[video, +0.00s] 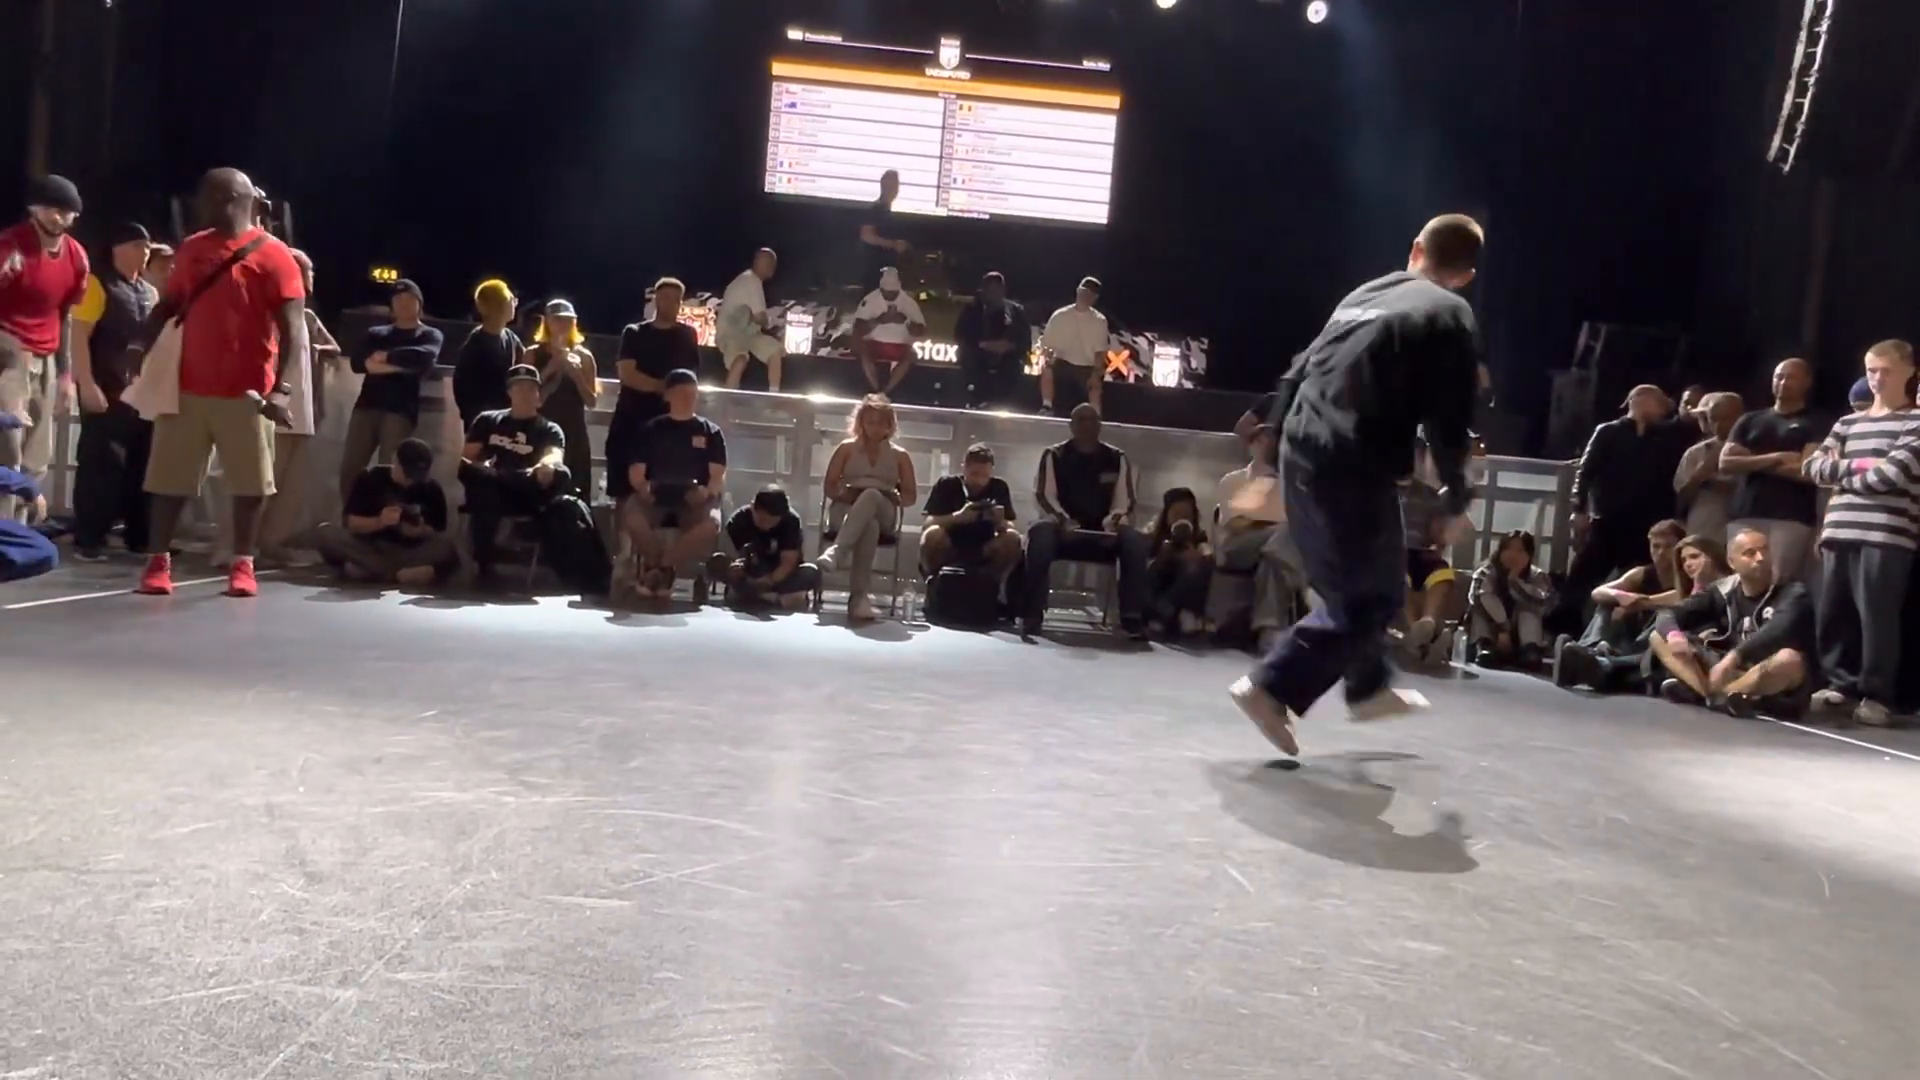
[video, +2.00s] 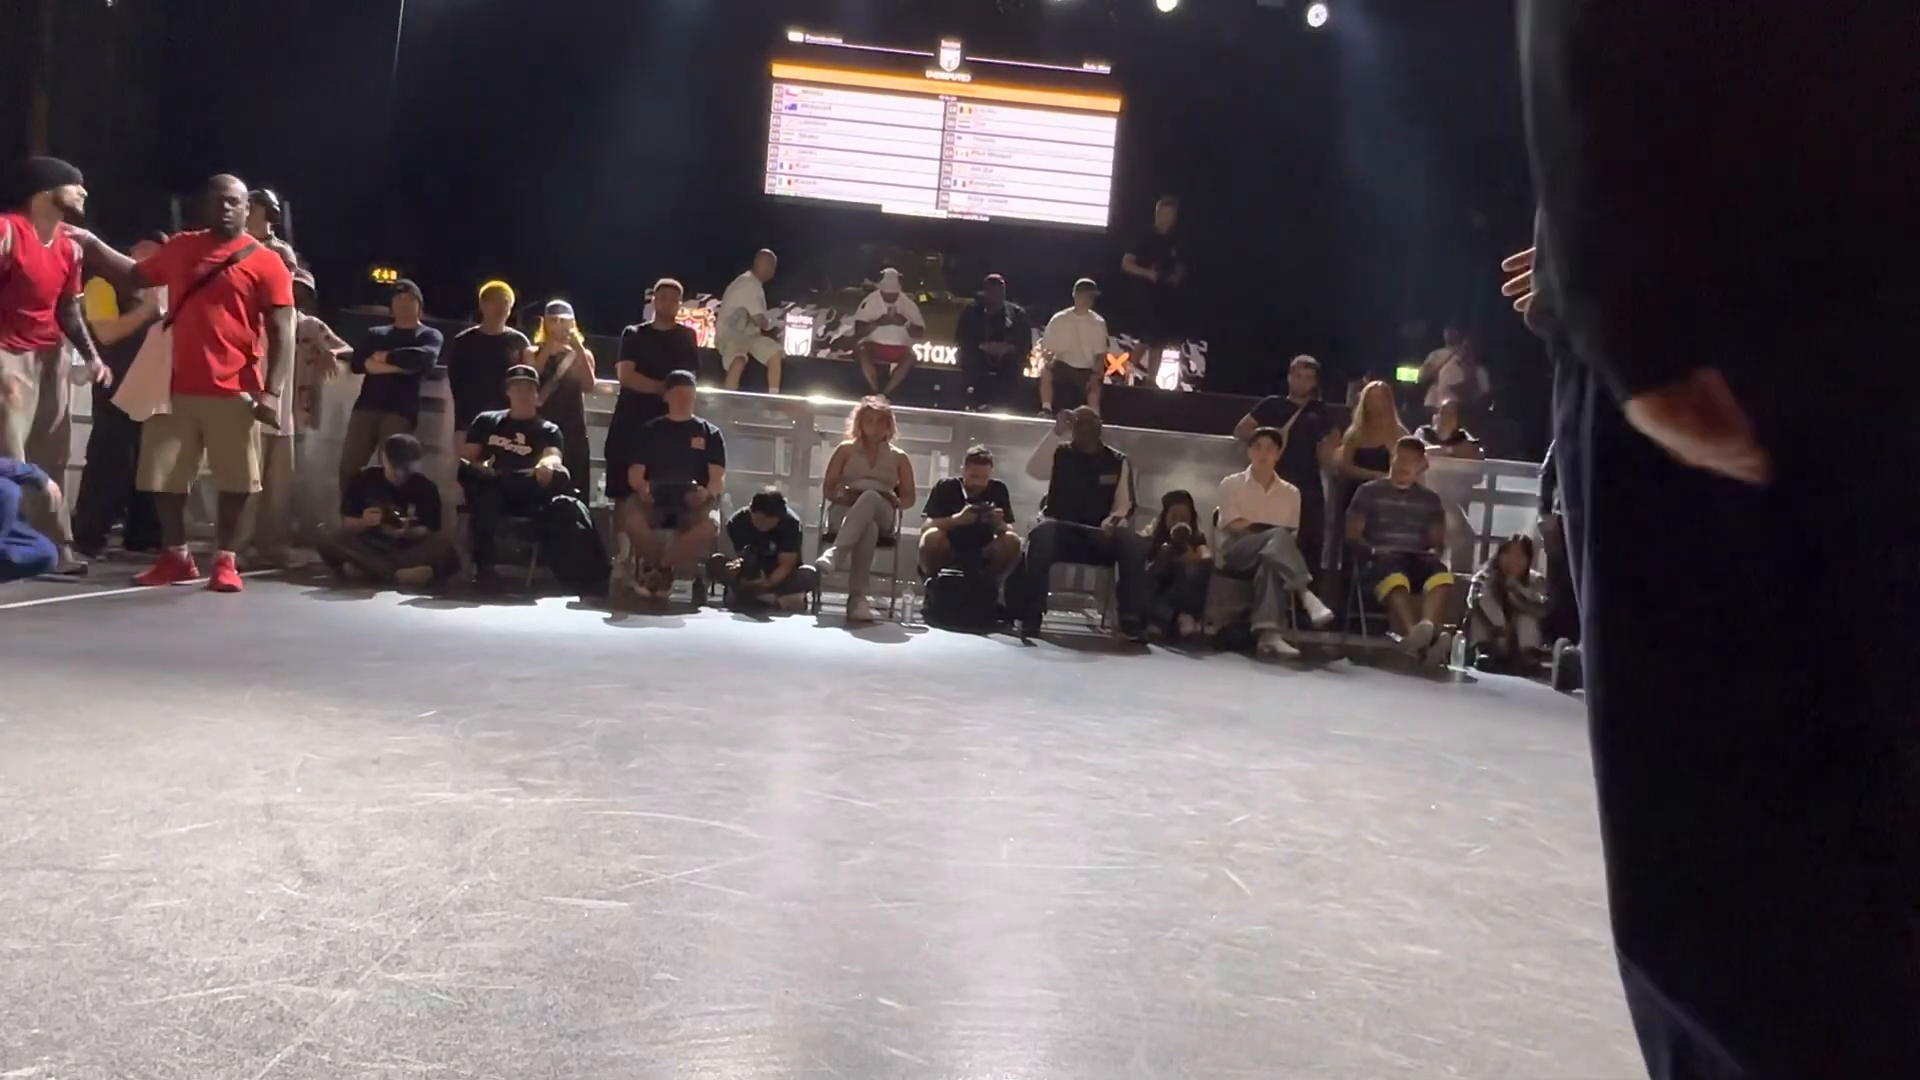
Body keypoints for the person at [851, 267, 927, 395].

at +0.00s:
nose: (890, 295)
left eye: (893, 292)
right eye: (886, 291)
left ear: (899, 288)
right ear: (880, 288)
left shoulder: (908, 302)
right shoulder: (870, 300)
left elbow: (920, 331)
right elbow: (858, 329)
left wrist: (905, 321)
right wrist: (880, 320)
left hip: (900, 346)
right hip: (874, 344)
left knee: (910, 356)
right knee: (864, 354)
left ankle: (886, 391)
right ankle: (877, 391)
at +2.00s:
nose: (890, 297)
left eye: (894, 294)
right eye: (887, 294)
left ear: (899, 291)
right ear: (881, 290)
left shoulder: (908, 303)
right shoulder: (870, 301)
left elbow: (918, 333)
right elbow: (858, 331)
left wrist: (904, 322)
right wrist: (878, 322)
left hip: (900, 347)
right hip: (873, 345)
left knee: (910, 358)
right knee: (863, 354)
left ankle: (885, 393)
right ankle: (875, 392)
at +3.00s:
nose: (876, 305)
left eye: (880, 301)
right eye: (873, 301)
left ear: (885, 298)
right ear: (867, 298)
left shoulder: (894, 310)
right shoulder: (856, 309)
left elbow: (905, 340)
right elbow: (845, 339)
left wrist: (891, 330)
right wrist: (866, 330)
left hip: (887, 354)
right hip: (860, 352)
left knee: (897, 365)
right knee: (851, 362)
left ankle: (874, 401)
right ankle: (863, 398)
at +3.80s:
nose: (859, 303)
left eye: (862, 300)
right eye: (855, 300)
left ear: (867, 296)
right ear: (849, 296)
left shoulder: (876, 307)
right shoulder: (840, 307)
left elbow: (890, 337)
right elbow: (828, 339)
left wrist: (875, 327)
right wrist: (849, 328)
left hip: (871, 353)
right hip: (845, 351)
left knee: (882, 364)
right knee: (833, 357)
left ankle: (858, 400)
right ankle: (849, 398)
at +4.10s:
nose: (861, 313)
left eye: (865, 310)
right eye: (857, 310)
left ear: (870, 307)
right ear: (851, 306)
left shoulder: (879, 319)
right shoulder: (841, 318)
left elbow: (891, 347)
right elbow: (831, 349)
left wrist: (876, 338)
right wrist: (850, 338)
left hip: (873, 363)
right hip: (847, 361)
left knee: (883, 374)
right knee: (836, 371)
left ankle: (860, 411)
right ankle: (852, 410)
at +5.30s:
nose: (873, 323)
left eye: (876, 319)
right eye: (870, 319)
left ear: (879, 317)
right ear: (862, 316)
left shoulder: (883, 326)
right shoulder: (852, 328)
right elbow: (842, 357)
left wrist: (881, 343)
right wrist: (862, 346)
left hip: (880, 374)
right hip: (859, 373)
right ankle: (862, 416)